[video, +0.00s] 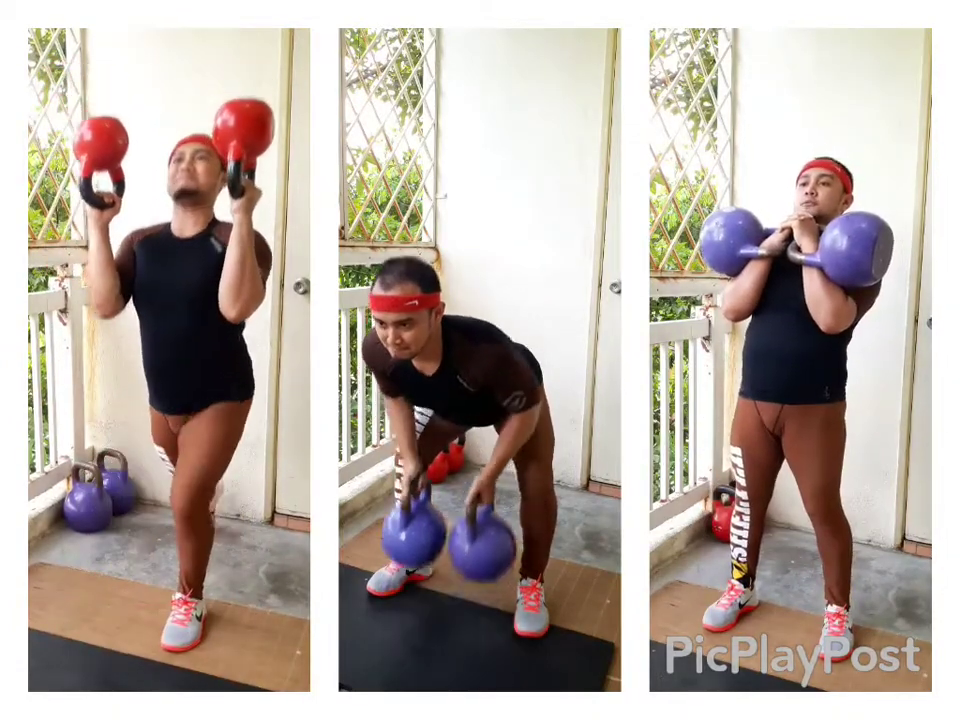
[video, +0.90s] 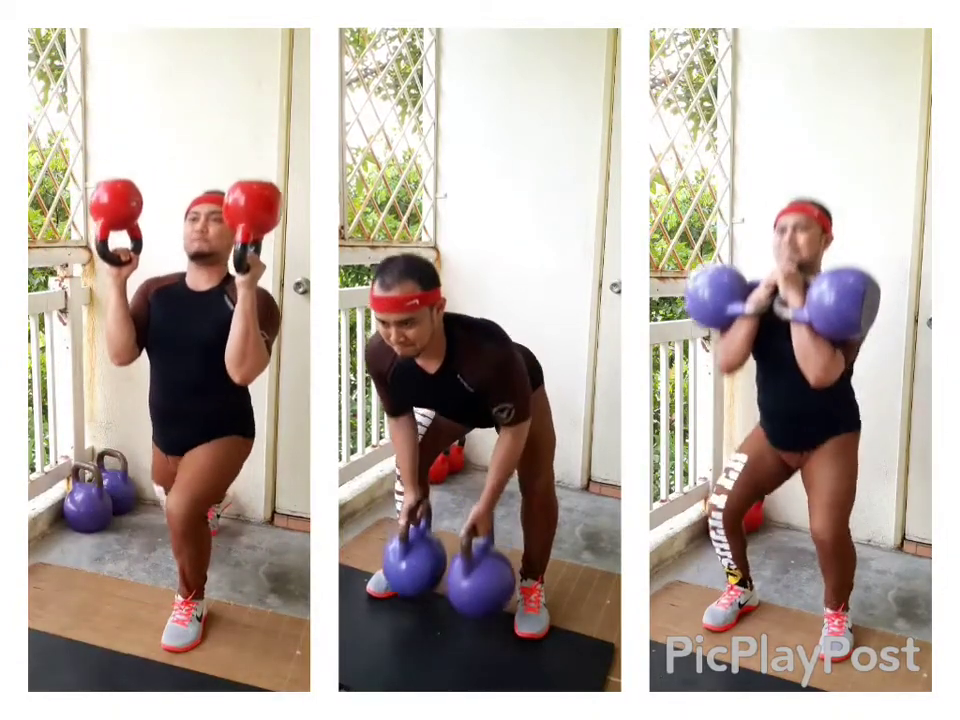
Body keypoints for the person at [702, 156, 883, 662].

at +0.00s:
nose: (808, 190)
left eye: (822, 183)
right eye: (803, 183)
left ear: (847, 200)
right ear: (793, 197)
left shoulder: (855, 262)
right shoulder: (769, 249)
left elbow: (832, 319)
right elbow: (731, 309)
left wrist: (808, 248)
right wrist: (769, 248)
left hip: (814, 407)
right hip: (753, 400)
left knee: (824, 513)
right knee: (749, 501)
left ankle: (837, 610)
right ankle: (740, 587)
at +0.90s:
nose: (789, 238)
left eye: (802, 230)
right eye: (782, 230)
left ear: (825, 241)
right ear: (773, 239)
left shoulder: (840, 302)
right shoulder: (757, 296)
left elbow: (822, 374)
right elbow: (727, 362)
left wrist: (795, 302)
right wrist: (756, 305)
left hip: (830, 438)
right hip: (773, 434)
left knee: (828, 533)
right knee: (727, 510)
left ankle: (835, 613)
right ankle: (740, 587)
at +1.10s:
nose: (787, 297)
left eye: (800, 288)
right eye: (780, 288)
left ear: (821, 299)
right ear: (770, 298)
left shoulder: (836, 356)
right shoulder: (753, 352)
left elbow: (821, 436)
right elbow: (726, 421)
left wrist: (793, 367)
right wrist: (753, 371)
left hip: (832, 472)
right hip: (775, 469)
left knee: (827, 545)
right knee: (718, 521)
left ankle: (836, 616)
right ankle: (740, 588)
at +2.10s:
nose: (782, 244)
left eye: (794, 236)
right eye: (774, 236)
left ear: (817, 248)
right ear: (765, 247)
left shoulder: (829, 311)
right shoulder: (749, 307)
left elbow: (818, 391)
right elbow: (721, 377)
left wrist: (789, 323)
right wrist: (747, 324)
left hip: (827, 440)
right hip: (770, 436)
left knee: (827, 534)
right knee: (721, 510)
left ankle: (836, 614)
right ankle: (740, 586)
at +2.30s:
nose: (790, 190)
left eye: (804, 183)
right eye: (782, 183)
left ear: (825, 201)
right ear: (771, 198)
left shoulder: (836, 261)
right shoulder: (749, 254)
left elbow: (818, 336)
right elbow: (722, 325)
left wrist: (790, 267)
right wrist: (749, 262)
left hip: (826, 414)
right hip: (766, 410)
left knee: (831, 518)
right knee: (734, 495)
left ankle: (837, 612)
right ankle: (740, 585)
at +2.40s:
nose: (794, 178)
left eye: (808, 172)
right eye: (787, 171)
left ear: (832, 189)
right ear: (776, 186)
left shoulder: (840, 249)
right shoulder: (754, 242)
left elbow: (817, 315)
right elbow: (722, 308)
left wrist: (793, 242)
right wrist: (753, 244)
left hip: (820, 408)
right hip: (761, 402)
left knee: (827, 511)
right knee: (741, 497)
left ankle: (836, 610)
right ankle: (740, 586)